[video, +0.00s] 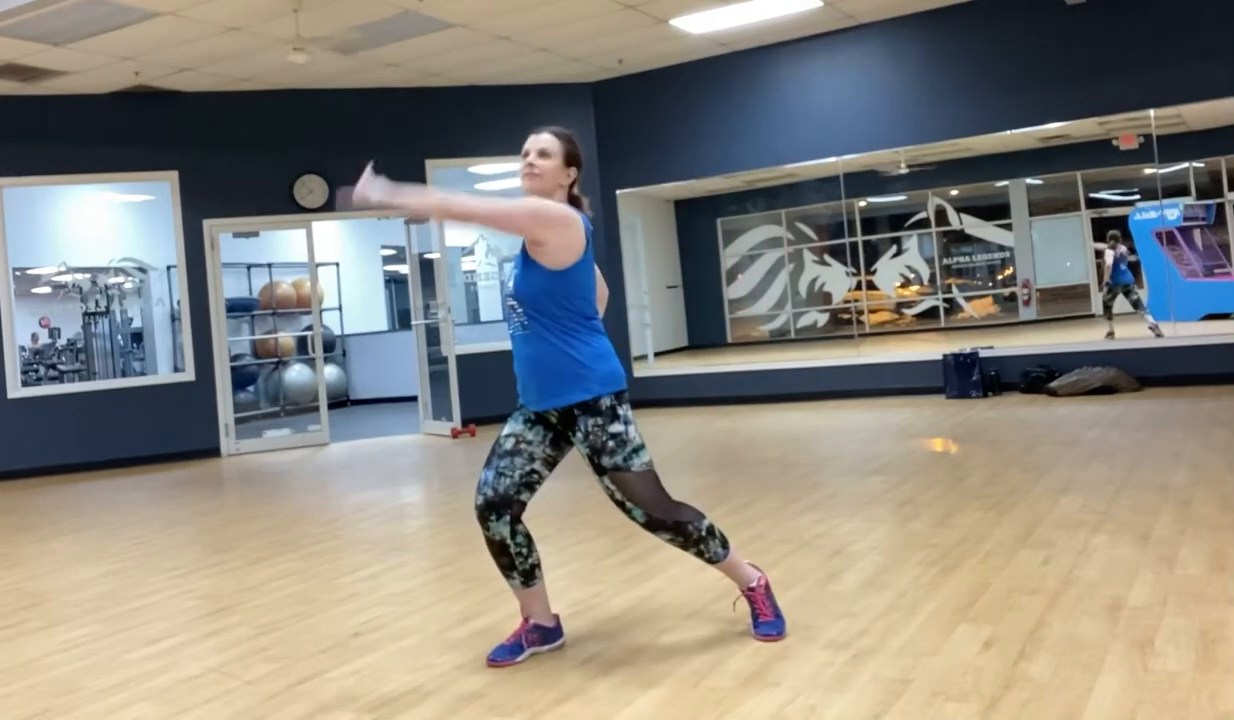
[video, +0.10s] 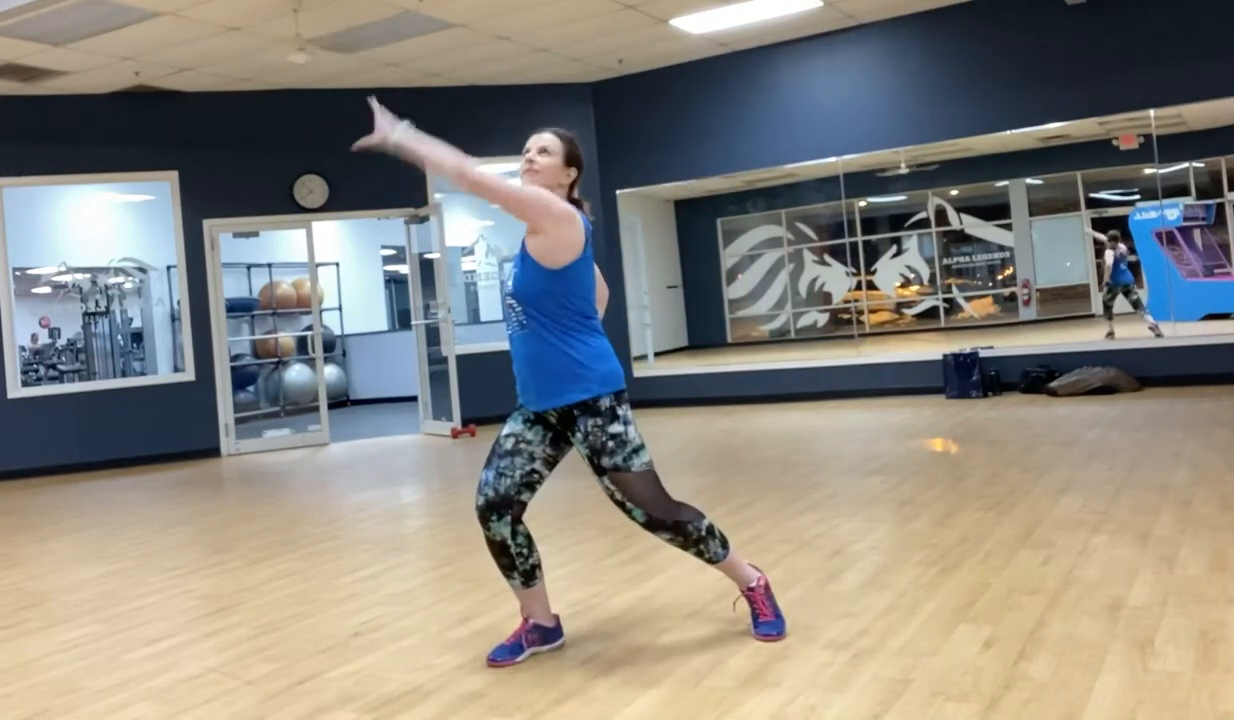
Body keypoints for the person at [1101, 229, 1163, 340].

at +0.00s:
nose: (1108, 241)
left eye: (1109, 240)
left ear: (1109, 240)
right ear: (1119, 239)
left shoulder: (1109, 250)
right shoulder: (1123, 249)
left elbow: (1108, 264)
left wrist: (1106, 279)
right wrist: (1092, 245)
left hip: (1115, 280)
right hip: (1128, 279)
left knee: (1107, 303)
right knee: (1138, 304)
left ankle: (1110, 330)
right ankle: (1152, 323)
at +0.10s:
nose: (1107, 243)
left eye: (1109, 241)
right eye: (1108, 241)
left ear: (1111, 241)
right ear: (1118, 241)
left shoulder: (1109, 251)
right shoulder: (1123, 248)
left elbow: (1109, 264)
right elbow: (1104, 238)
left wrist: (1105, 280)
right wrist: (1090, 232)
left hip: (1115, 280)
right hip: (1128, 279)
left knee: (1107, 303)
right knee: (1138, 304)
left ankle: (1111, 330)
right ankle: (1152, 323)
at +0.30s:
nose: (1107, 243)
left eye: (1107, 240)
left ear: (1107, 241)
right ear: (1117, 238)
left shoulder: (1108, 251)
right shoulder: (1123, 246)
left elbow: (1107, 264)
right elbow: (1115, 232)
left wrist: (1105, 280)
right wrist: (1104, 221)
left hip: (1114, 280)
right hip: (1127, 278)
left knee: (1108, 304)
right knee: (1137, 303)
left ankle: (1111, 330)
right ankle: (1152, 324)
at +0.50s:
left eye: (1107, 240)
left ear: (1107, 241)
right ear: (1118, 239)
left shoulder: (1106, 251)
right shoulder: (1124, 247)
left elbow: (1103, 265)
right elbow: (1123, 231)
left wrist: (1103, 281)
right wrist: (1118, 216)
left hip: (1113, 281)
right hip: (1127, 279)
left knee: (1108, 306)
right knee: (1138, 303)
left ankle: (1110, 330)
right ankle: (1152, 323)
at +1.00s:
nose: (1118, 239)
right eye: (1117, 237)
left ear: (1105, 241)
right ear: (1117, 239)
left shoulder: (1104, 252)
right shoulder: (1124, 247)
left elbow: (1093, 265)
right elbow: (1133, 234)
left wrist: (1098, 280)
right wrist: (1138, 221)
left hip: (1113, 281)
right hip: (1128, 279)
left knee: (1110, 306)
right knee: (1139, 301)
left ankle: (1111, 330)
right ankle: (1151, 324)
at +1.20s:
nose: (1121, 236)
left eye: (1120, 234)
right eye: (1119, 235)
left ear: (1107, 237)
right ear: (1117, 236)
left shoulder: (1102, 249)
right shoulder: (1122, 245)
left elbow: (1085, 257)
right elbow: (1136, 233)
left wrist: (1084, 267)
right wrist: (1145, 220)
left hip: (1111, 279)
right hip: (1127, 277)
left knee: (1111, 305)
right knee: (1139, 299)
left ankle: (1111, 330)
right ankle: (1149, 325)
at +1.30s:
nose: (1125, 235)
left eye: (1125, 233)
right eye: (1124, 233)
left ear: (1112, 234)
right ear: (1120, 233)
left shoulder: (1106, 245)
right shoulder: (1123, 241)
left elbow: (1093, 248)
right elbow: (1137, 233)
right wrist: (1148, 226)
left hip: (1113, 278)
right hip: (1126, 276)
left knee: (1113, 304)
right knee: (1141, 299)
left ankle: (1110, 329)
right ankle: (1138, 326)